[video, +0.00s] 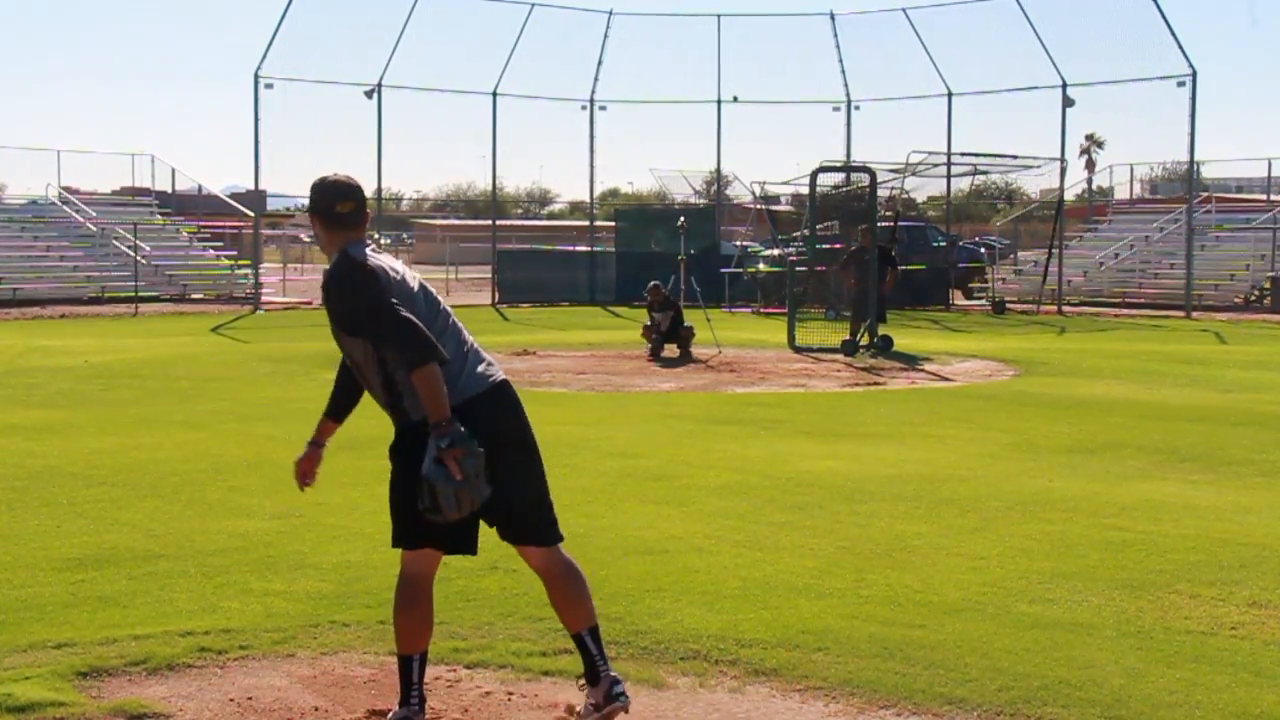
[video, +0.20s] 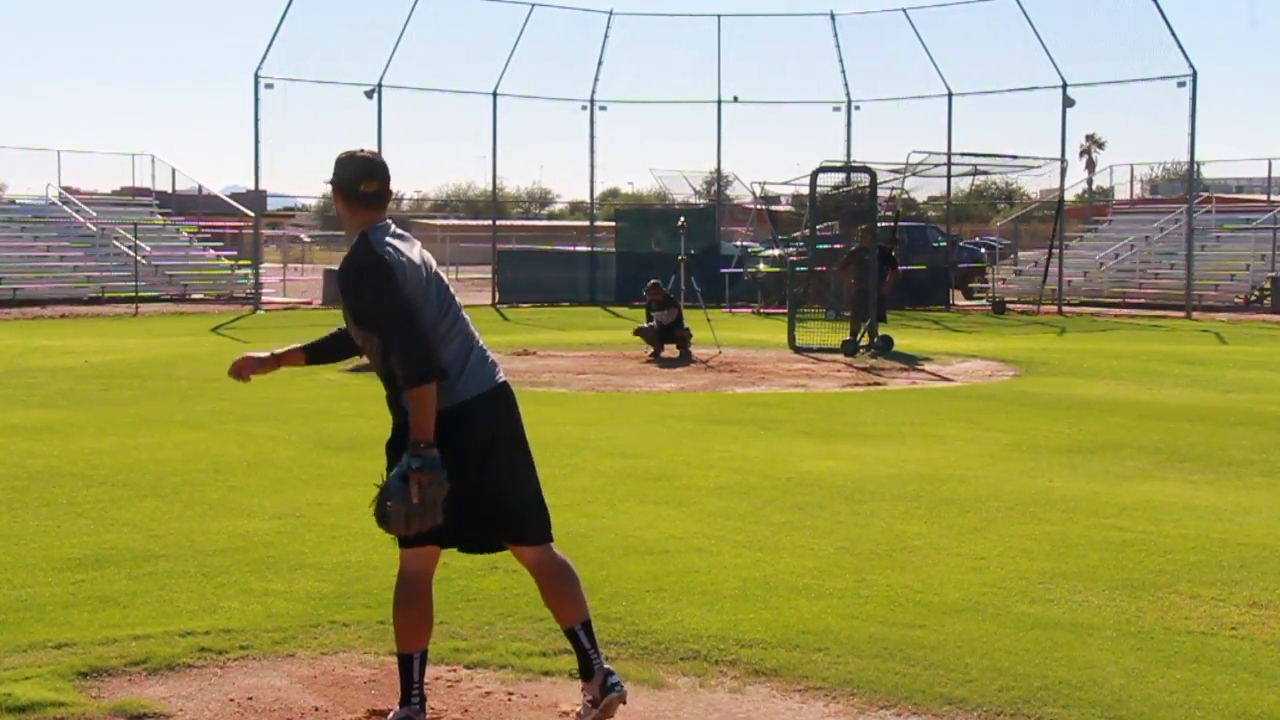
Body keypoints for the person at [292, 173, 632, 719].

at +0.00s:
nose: (309, 224)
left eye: (309, 216)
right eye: (314, 216)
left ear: (313, 223)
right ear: (363, 216)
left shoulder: (347, 276)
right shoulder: (374, 265)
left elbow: (417, 347)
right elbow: (355, 370)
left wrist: (445, 432)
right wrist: (317, 444)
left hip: (431, 428)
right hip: (493, 410)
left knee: (418, 567)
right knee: (542, 548)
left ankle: (411, 703)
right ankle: (603, 678)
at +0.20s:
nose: (332, 202)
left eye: (333, 193)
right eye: (339, 192)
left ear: (337, 199)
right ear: (387, 196)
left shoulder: (367, 260)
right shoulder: (402, 244)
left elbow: (417, 362)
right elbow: (360, 337)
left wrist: (422, 450)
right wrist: (276, 359)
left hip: (435, 422)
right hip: (490, 409)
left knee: (417, 564)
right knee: (535, 546)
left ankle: (412, 703)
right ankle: (597, 672)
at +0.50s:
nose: (356, 184)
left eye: (352, 174)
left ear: (349, 181)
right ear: (403, 181)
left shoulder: (339, 256)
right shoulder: (435, 240)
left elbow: (347, 358)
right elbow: (426, 334)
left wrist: (334, 456)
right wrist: (339, 393)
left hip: (396, 439)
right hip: (468, 428)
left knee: (398, 565)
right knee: (480, 541)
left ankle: (408, 701)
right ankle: (518, 648)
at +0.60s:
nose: (386, 182)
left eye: (367, 171)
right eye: (404, 173)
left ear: (355, 179)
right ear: (410, 178)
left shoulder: (336, 255)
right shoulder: (444, 243)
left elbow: (336, 359)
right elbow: (449, 332)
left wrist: (323, 456)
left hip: (383, 436)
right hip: (458, 430)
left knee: (392, 564)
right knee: (461, 548)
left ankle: (407, 698)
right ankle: (461, 643)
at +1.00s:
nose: (424, 159)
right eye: (433, 151)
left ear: (378, 152)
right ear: (435, 157)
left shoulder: (326, 230)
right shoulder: (452, 233)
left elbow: (290, 328)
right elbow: (509, 320)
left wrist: (266, 416)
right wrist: (570, 358)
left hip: (353, 427)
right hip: (428, 423)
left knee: (372, 544)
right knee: (416, 569)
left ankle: (370, 683)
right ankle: (383, 704)